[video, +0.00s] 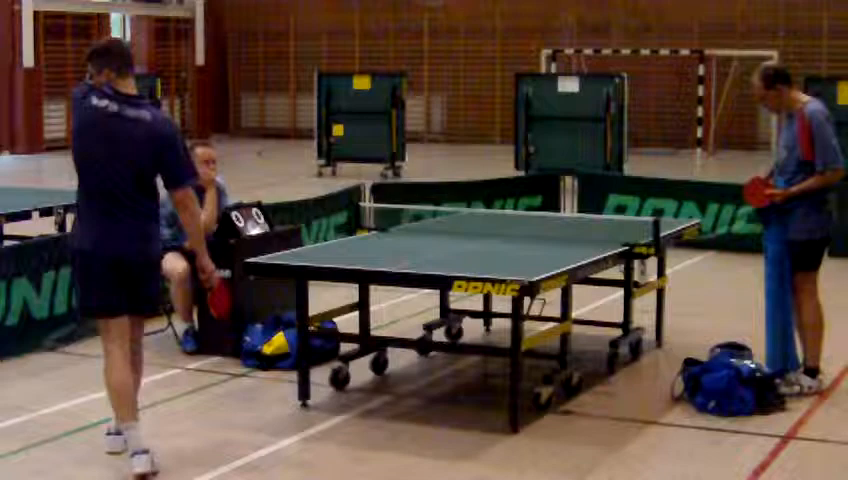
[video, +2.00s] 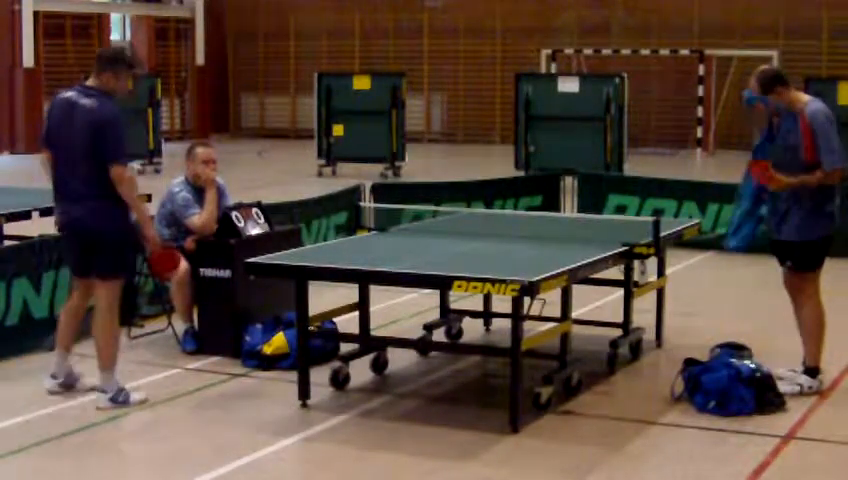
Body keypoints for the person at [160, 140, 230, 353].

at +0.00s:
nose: (211, 169)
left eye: (213, 163)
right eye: (205, 163)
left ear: (216, 165)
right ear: (191, 167)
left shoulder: (218, 189)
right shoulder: (175, 194)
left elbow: (218, 223)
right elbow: (204, 227)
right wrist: (211, 191)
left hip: (203, 241)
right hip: (173, 243)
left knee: (229, 263)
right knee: (180, 270)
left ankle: (223, 321)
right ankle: (188, 326)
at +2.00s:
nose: (212, 168)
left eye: (214, 163)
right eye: (206, 163)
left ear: (217, 164)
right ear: (190, 166)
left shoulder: (218, 187)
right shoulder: (178, 191)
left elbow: (225, 221)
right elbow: (204, 226)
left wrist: (199, 236)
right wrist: (211, 189)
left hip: (200, 241)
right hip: (168, 244)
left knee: (227, 262)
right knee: (182, 270)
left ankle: (224, 321)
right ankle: (188, 327)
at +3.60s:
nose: (212, 168)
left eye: (214, 163)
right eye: (206, 163)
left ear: (217, 165)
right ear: (190, 166)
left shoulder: (217, 187)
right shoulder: (179, 192)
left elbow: (227, 222)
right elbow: (205, 227)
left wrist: (197, 237)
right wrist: (211, 189)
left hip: (198, 241)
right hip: (165, 245)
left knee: (227, 262)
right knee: (181, 269)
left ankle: (222, 322)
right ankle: (188, 327)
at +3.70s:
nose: (212, 168)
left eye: (214, 163)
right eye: (206, 163)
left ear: (217, 165)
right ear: (190, 166)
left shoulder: (217, 187)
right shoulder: (179, 192)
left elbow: (227, 222)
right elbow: (205, 227)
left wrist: (197, 237)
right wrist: (211, 189)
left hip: (198, 241)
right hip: (165, 245)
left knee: (227, 262)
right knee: (181, 269)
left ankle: (222, 322)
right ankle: (188, 327)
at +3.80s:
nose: (212, 168)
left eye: (214, 163)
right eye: (206, 163)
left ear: (216, 165)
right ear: (191, 166)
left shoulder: (217, 187)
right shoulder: (178, 192)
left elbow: (227, 222)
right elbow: (206, 227)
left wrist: (196, 238)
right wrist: (211, 188)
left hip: (199, 241)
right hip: (165, 245)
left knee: (228, 262)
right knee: (181, 269)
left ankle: (223, 322)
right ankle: (188, 327)